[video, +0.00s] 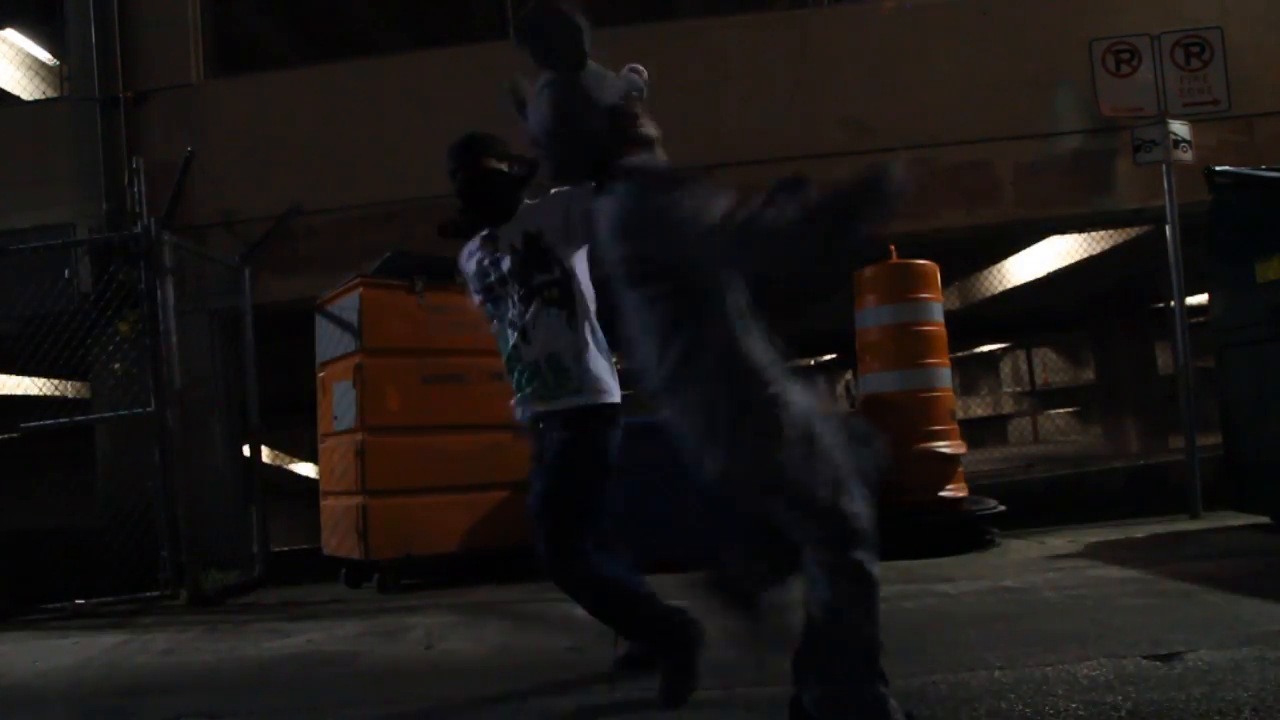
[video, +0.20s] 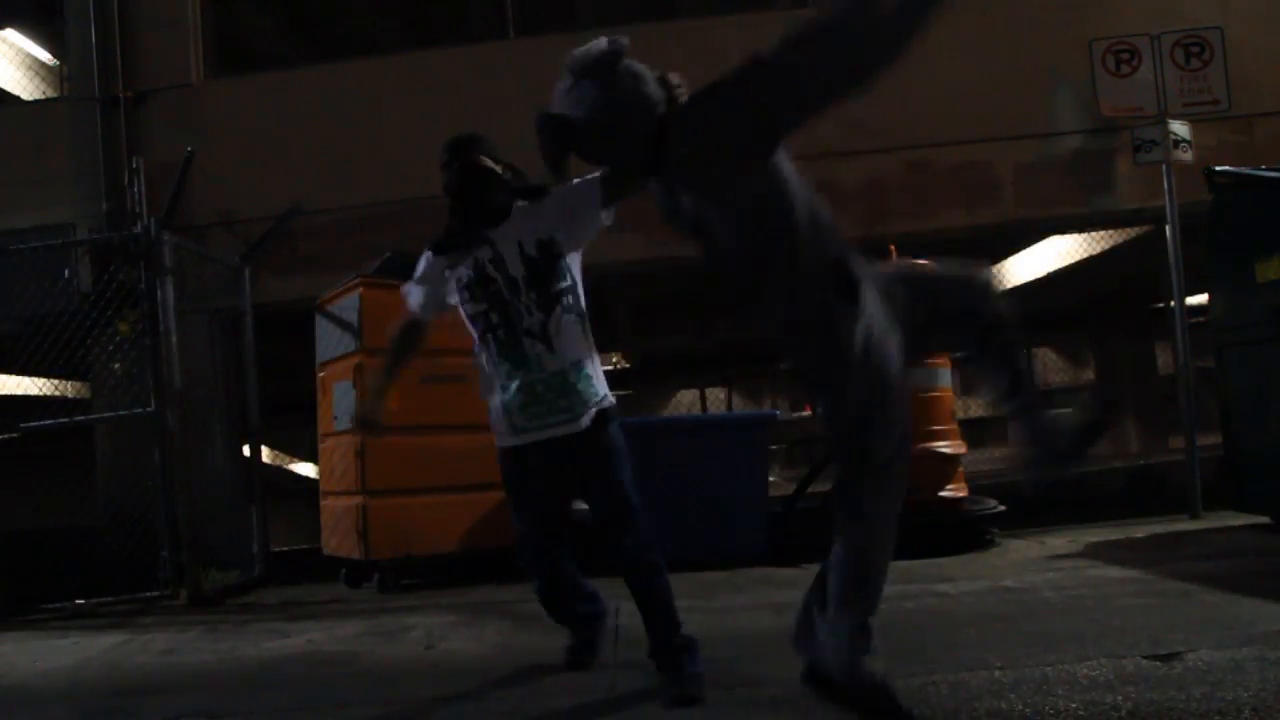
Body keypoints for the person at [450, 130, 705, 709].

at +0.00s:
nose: (471, 195)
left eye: (480, 182)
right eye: (465, 185)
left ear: (509, 178)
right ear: (461, 194)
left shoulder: (554, 218)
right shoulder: (473, 255)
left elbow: (607, 187)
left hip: (588, 404)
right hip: (541, 414)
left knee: (561, 543)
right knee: (569, 541)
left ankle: (668, 634)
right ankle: (644, 636)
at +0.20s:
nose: (474, 180)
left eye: (480, 167)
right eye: (462, 174)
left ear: (504, 174)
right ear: (449, 190)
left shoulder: (552, 214)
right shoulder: (445, 257)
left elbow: (631, 176)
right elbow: (414, 327)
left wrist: (666, 114)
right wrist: (377, 393)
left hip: (588, 414)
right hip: (519, 432)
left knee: (628, 539)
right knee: (543, 555)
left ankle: (675, 657)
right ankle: (585, 619)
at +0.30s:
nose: (482, 177)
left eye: (484, 165)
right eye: (467, 173)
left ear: (501, 173)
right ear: (447, 191)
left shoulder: (547, 212)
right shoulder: (436, 261)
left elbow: (622, 180)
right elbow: (378, 324)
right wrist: (322, 378)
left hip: (588, 416)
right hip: (519, 437)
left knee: (641, 536)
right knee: (541, 556)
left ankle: (668, 658)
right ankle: (561, 643)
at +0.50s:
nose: (494, 169)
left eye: (495, 156)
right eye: (475, 164)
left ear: (507, 158)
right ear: (454, 181)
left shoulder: (553, 203)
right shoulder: (441, 252)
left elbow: (631, 183)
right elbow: (362, 312)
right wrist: (291, 367)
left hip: (580, 413)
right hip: (510, 432)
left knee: (633, 536)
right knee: (524, 560)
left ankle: (668, 663)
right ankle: (500, 672)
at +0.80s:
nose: (573, 184)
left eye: (577, 171)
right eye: (557, 175)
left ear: (584, 174)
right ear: (529, 182)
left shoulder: (602, 225)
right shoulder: (498, 240)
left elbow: (666, 230)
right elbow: (415, 304)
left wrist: (690, 209)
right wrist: (368, 385)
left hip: (552, 413)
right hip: (487, 415)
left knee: (616, 541)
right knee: (526, 547)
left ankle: (656, 666)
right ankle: (471, 700)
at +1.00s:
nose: (622, 212)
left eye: (628, 200)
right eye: (608, 200)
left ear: (633, 202)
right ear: (573, 200)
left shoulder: (626, 259)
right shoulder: (528, 246)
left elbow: (702, 300)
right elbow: (440, 296)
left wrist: (707, 303)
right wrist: (413, 383)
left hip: (550, 433)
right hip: (488, 429)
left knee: (629, 549)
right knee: (550, 562)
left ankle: (645, 664)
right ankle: (544, 707)